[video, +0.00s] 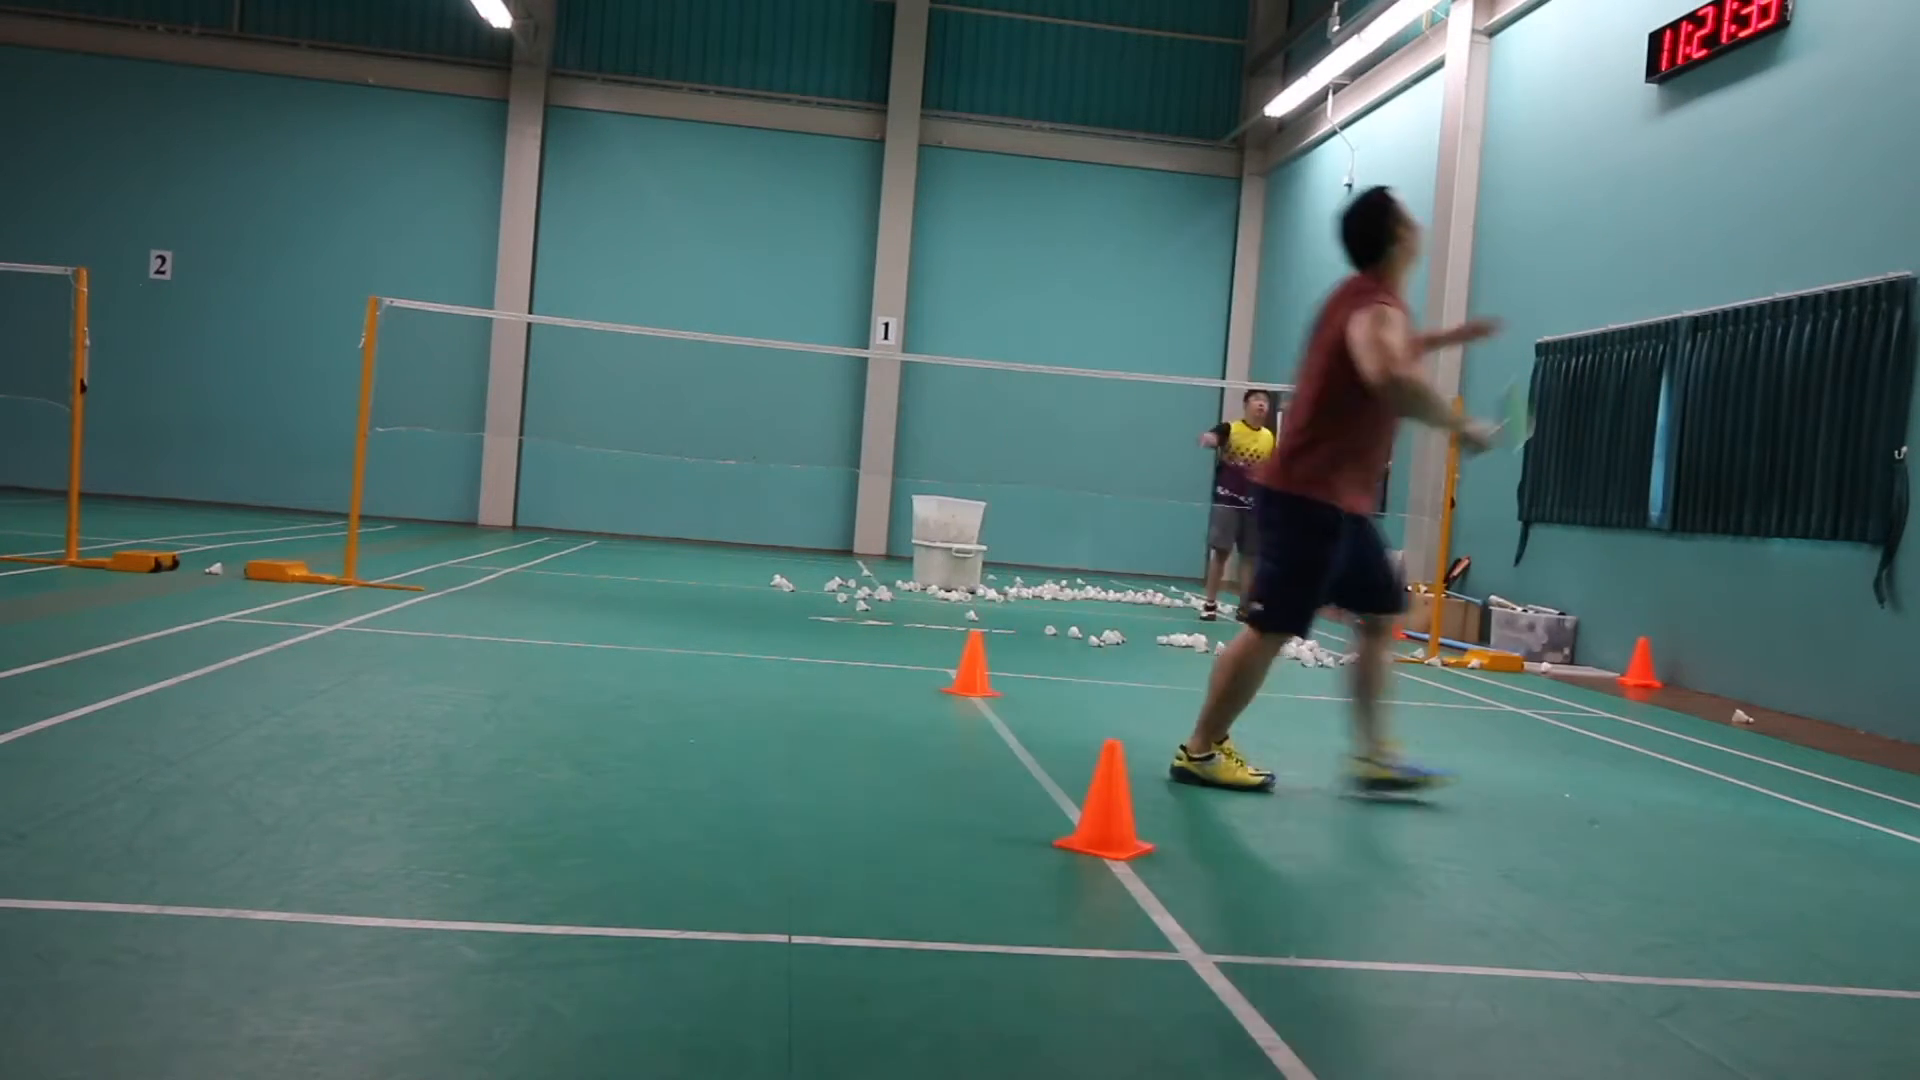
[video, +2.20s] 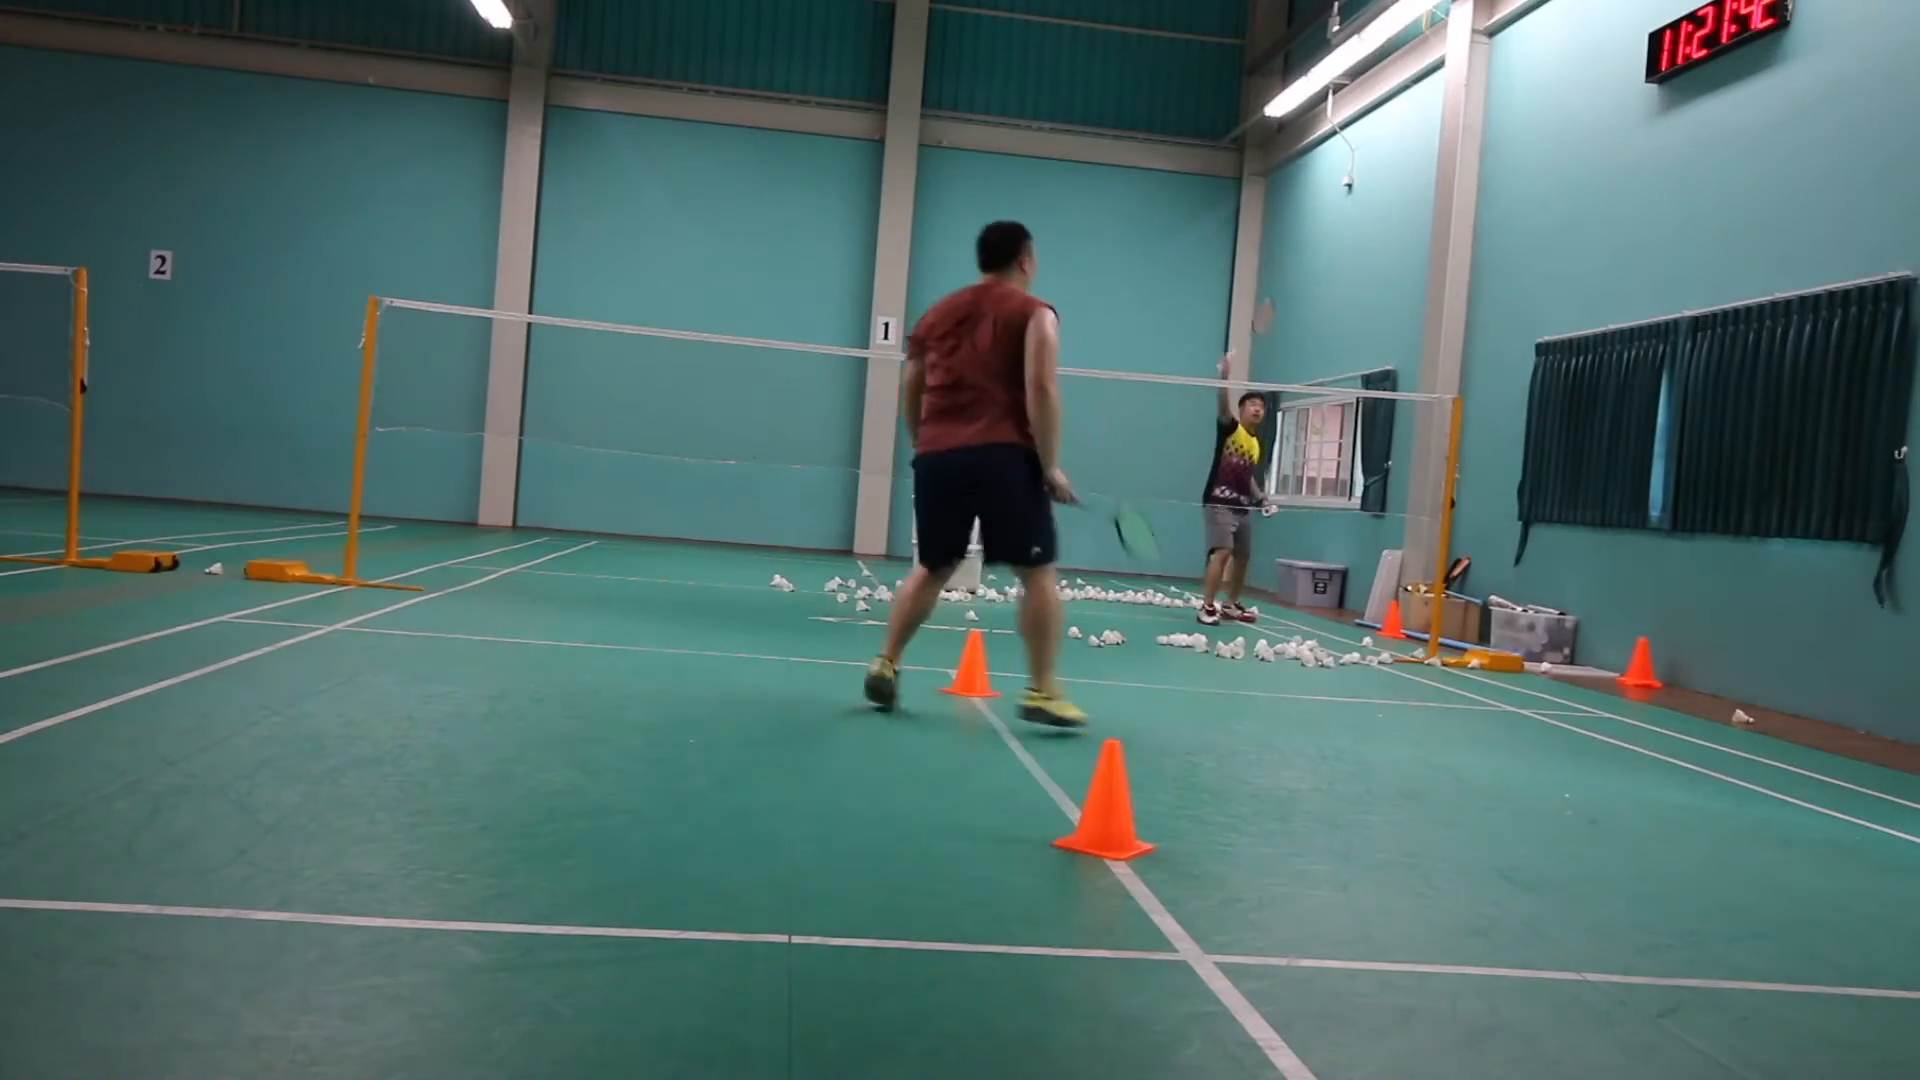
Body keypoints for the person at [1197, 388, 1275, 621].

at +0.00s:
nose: (1261, 405)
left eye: (1265, 402)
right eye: (1257, 401)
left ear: (1268, 409)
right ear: (1246, 405)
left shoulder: (1269, 437)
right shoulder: (1231, 428)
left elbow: (1274, 465)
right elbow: (1214, 435)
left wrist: (1263, 473)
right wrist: (1210, 439)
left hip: (1255, 503)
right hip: (1228, 500)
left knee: (1250, 558)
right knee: (1220, 554)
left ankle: (1245, 605)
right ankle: (1210, 602)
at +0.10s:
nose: (1252, 404)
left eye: (1256, 401)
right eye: (1248, 400)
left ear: (1259, 407)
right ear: (1236, 404)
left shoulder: (1266, 436)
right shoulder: (1221, 432)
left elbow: (1268, 468)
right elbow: (1197, 454)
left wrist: (1287, 489)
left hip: (1252, 504)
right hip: (1223, 501)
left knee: (1251, 554)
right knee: (1217, 553)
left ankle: (1247, 606)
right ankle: (1210, 603)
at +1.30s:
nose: (1228, 426)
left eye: (1233, 421)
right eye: (1225, 420)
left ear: (1240, 425)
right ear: (1217, 421)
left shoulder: (1245, 444)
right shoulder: (1205, 447)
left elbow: (1247, 470)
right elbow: (1185, 465)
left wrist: (1262, 494)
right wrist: (1176, 482)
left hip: (1232, 508)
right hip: (1203, 507)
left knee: (1241, 554)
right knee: (1198, 550)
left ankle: (1243, 603)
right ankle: (1189, 602)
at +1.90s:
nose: (1242, 416)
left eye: (1246, 412)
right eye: (1238, 411)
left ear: (1252, 416)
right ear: (1230, 415)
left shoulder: (1260, 441)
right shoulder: (1215, 446)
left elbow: (1264, 472)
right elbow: (1202, 479)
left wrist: (1278, 497)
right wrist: (1203, 510)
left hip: (1246, 509)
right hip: (1220, 508)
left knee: (1246, 556)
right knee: (1215, 549)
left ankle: (1235, 604)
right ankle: (1197, 599)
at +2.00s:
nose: (1251, 419)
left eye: (1255, 415)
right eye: (1247, 414)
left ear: (1260, 420)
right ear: (1237, 417)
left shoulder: (1260, 445)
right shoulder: (1224, 443)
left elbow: (1261, 475)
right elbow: (1208, 469)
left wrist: (1275, 499)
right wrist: (1217, 502)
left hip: (1243, 507)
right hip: (1218, 505)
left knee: (1246, 558)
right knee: (1218, 551)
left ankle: (1236, 604)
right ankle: (1208, 605)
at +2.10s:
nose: (1256, 419)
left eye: (1260, 415)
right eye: (1251, 413)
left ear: (1263, 420)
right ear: (1240, 416)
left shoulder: (1257, 447)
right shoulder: (1227, 436)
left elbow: (1254, 476)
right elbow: (1222, 444)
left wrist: (1268, 500)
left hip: (1240, 509)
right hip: (1216, 505)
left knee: (1245, 557)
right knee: (1219, 550)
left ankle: (1236, 604)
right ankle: (1207, 605)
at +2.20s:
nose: (1257, 410)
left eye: (1261, 407)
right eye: (1252, 405)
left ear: (1264, 414)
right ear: (1240, 410)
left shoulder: (1257, 444)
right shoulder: (1229, 428)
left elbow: (1248, 475)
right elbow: (1224, 408)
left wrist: (1261, 497)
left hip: (1241, 505)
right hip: (1219, 501)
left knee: (1241, 555)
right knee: (1222, 551)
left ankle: (1232, 603)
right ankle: (1208, 605)